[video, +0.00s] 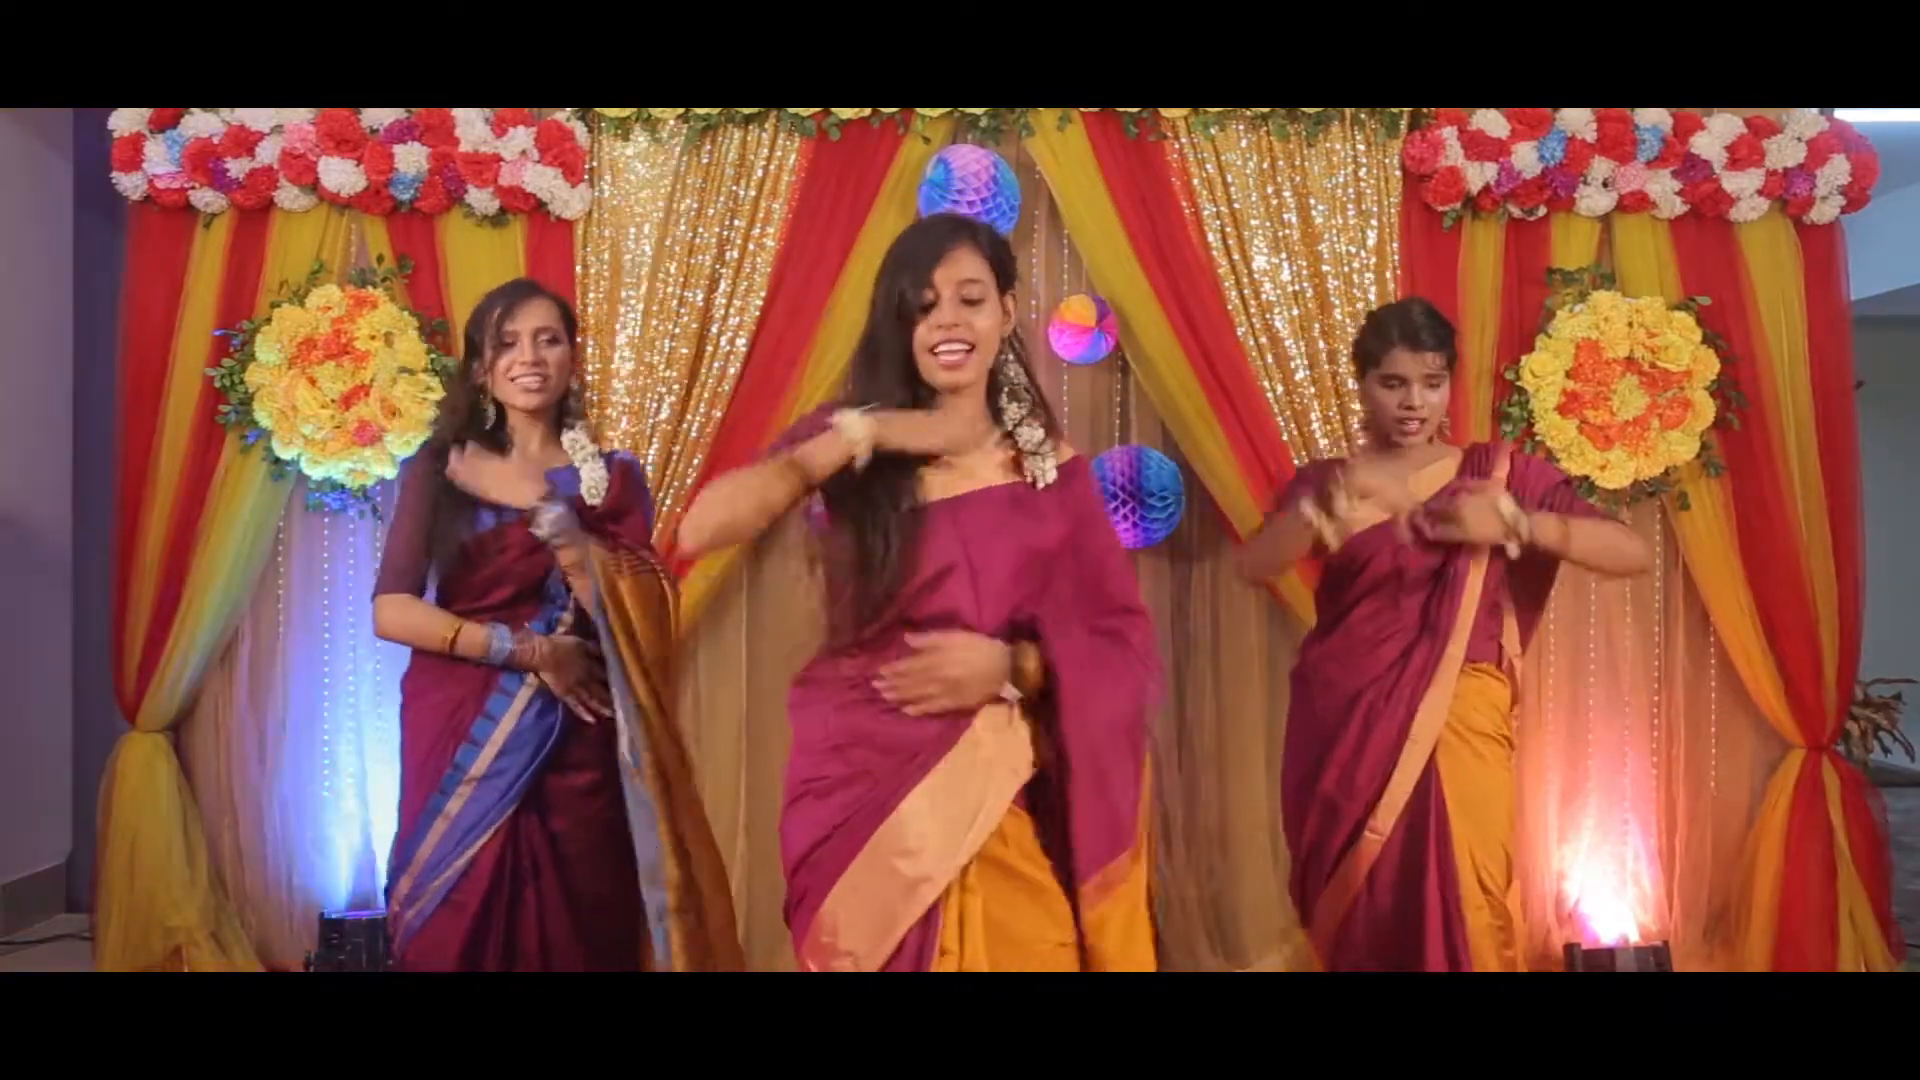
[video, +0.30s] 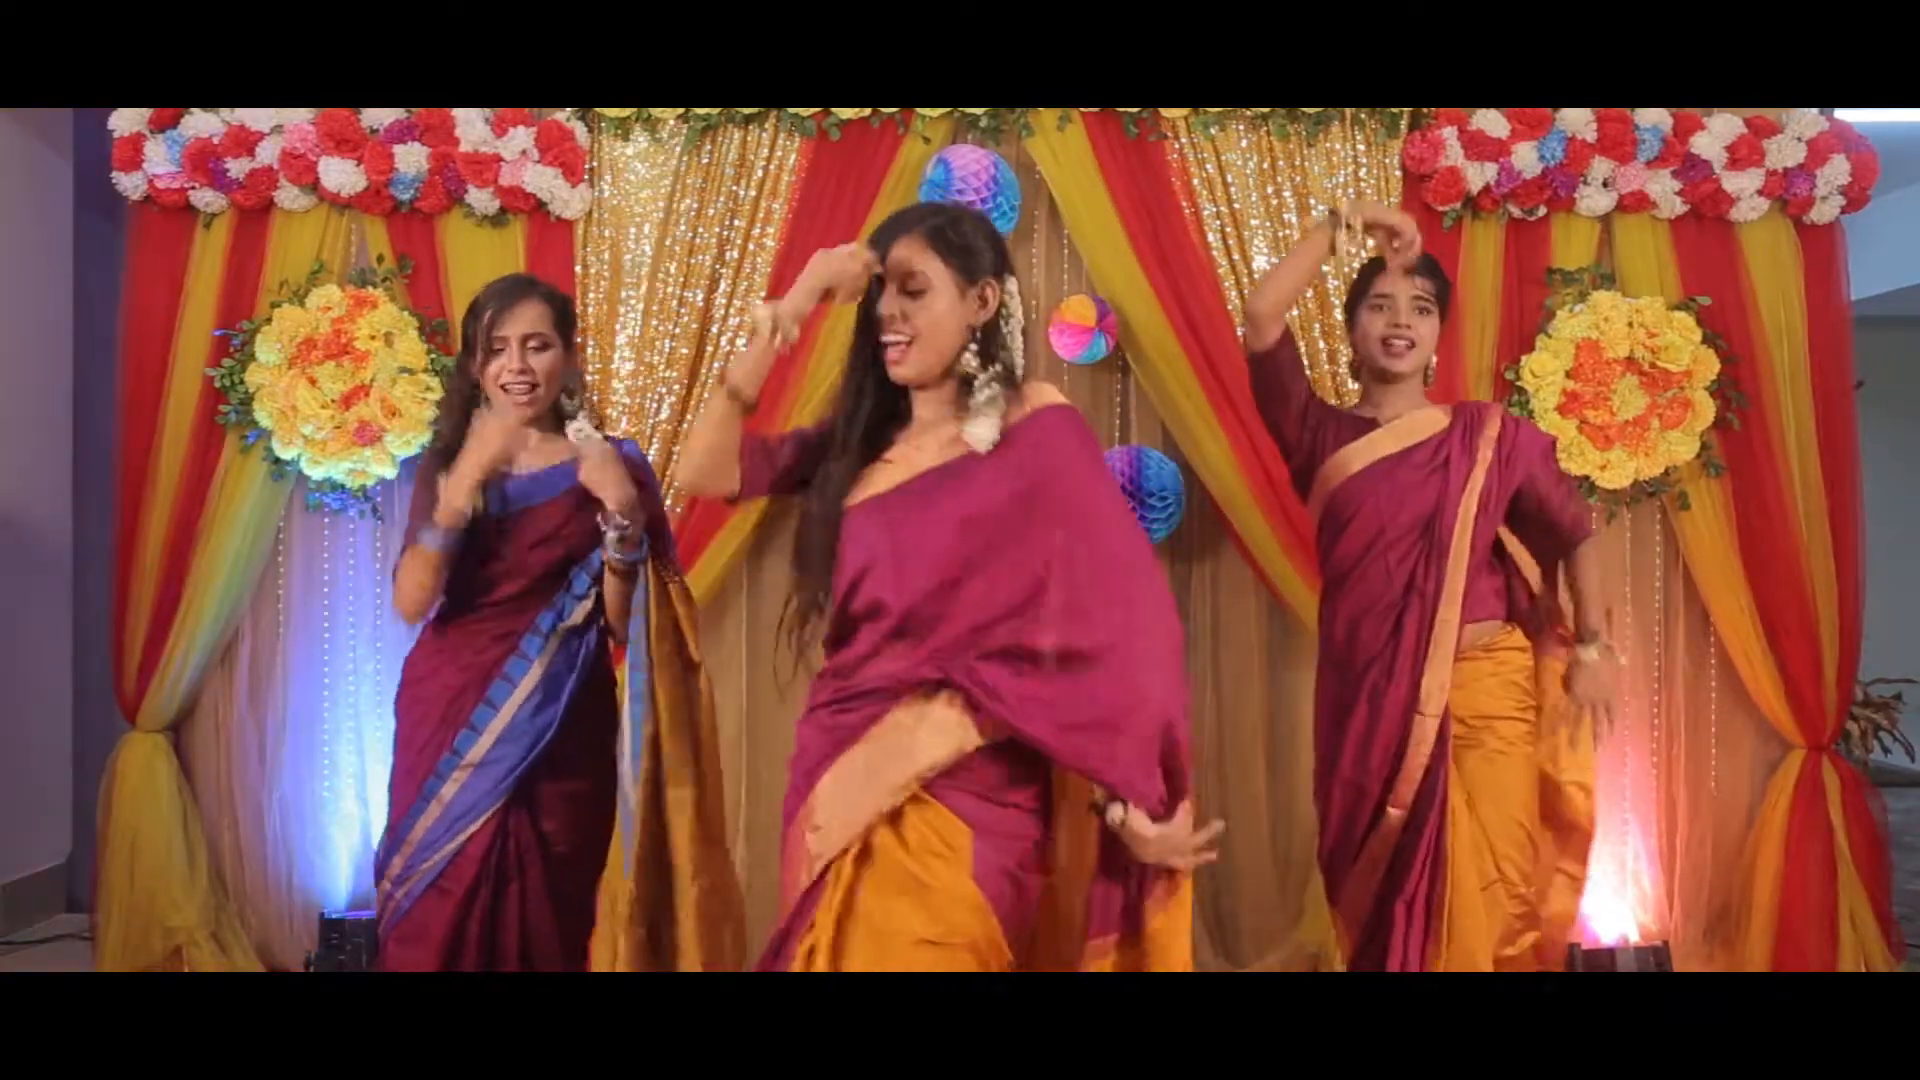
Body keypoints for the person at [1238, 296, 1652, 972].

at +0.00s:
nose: (1414, 402)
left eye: (1431, 382)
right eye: (1394, 383)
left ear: (1451, 383)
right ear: (1362, 387)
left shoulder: (1501, 471)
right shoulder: (1322, 483)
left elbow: (1632, 553)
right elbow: (1250, 566)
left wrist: (1517, 523)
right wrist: (1311, 517)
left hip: (1463, 716)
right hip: (1348, 720)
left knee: (1464, 907)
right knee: (1356, 912)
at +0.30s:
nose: (1399, 322)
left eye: (1418, 308)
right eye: (1380, 306)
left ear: (1440, 332)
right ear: (1351, 327)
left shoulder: (1490, 432)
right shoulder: (1323, 436)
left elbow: (1578, 534)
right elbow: (1261, 318)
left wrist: (1592, 642)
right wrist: (1338, 223)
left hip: (1485, 682)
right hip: (1369, 695)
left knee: (1482, 900)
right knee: (1377, 903)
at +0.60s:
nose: (1410, 321)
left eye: (1430, 307)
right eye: (1389, 304)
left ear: (1450, 330)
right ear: (1356, 325)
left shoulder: (1505, 438)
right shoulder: (1330, 442)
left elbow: (1541, 579)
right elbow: (1248, 358)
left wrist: (1597, 697)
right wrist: (1331, 244)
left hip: (1502, 699)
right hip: (1382, 708)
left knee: (1501, 921)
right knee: (1394, 924)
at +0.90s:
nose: (1415, 356)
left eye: (1435, 339)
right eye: (1397, 337)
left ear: (1464, 357)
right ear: (1372, 350)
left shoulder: (1519, 464)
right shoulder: (1335, 461)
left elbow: (1540, 628)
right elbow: (1286, 581)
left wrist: (1567, 758)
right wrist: (1359, 534)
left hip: (1479, 726)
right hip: (1360, 730)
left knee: (1472, 932)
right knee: (1372, 932)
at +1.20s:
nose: (1368, 348)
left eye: (1397, 339)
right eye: (1362, 334)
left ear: (1433, 375)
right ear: (1346, 354)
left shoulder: (1453, 468)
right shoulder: (1341, 478)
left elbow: (1522, 622)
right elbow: (1271, 590)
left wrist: (1581, 760)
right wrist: (1300, 485)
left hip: (1468, 750)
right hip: (1380, 751)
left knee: (1456, 941)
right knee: (1377, 940)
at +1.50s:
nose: (1351, 417)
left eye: (1377, 406)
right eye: (1344, 400)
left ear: (1417, 431)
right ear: (1329, 411)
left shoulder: (1451, 525)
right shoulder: (1330, 541)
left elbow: (1515, 672)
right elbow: (1290, 677)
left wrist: (1575, 812)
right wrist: (1292, 565)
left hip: (1491, 799)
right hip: (1395, 802)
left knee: (1448, 958)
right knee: (1365, 956)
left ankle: (1576, 959)